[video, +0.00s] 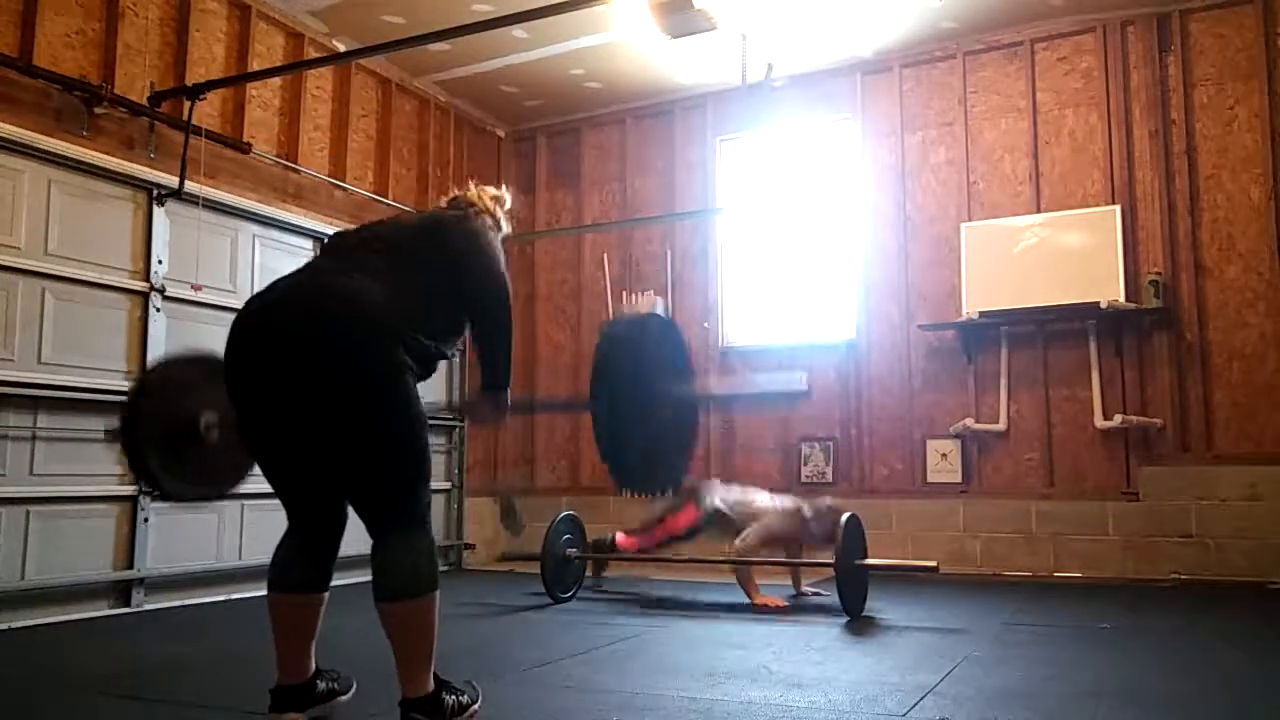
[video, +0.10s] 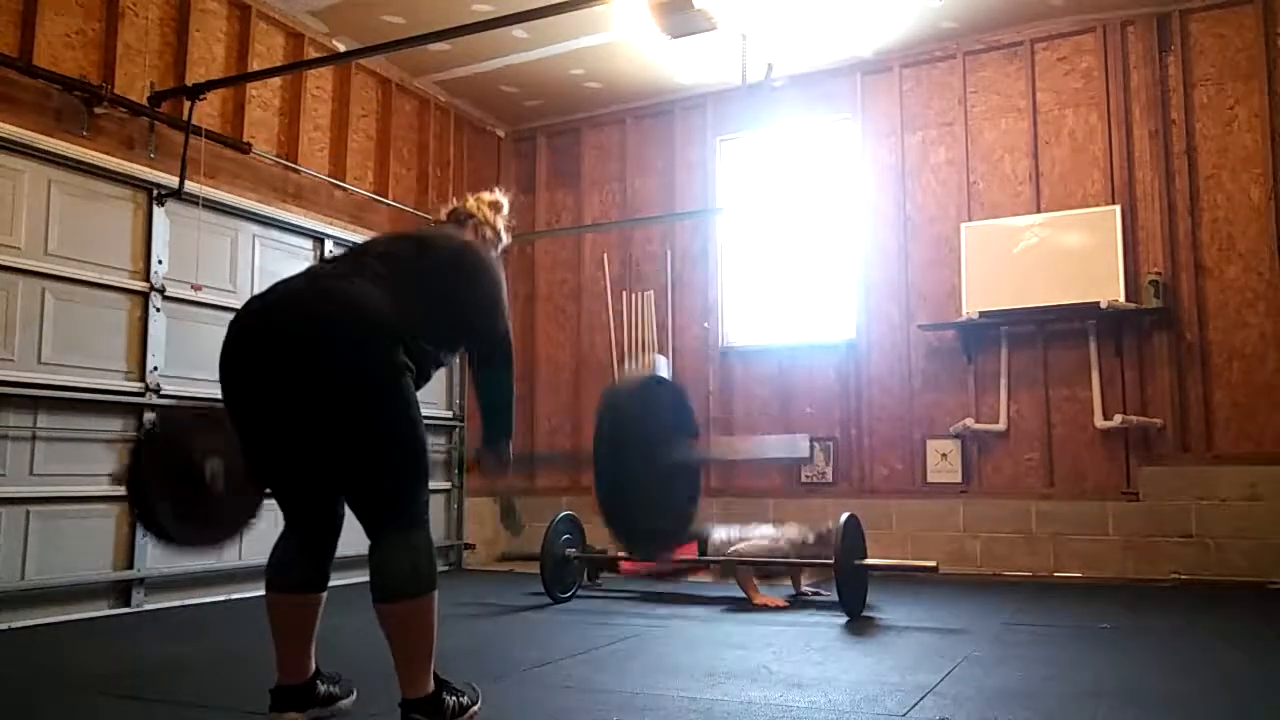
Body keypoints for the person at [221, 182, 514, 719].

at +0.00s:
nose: (498, 251)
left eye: (500, 242)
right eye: (498, 241)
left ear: (450, 210)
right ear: (487, 227)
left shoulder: (387, 231)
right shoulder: (472, 232)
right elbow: (492, 291)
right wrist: (495, 386)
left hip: (259, 344)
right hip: (353, 358)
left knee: (312, 519)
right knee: (401, 528)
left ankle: (294, 684)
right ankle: (420, 695)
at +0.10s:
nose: (493, 260)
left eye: (496, 252)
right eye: (493, 250)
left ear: (449, 221)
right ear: (478, 233)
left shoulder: (389, 247)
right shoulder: (472, 265)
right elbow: (494, 349)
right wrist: (497, 441)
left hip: (254, 346)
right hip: (351, 365)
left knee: (309, 518)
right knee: (399, 528)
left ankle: (294, 685)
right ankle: (420, 695)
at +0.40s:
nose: (497, 359)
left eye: (499, 351)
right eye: (497, 349)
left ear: (447, 326)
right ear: (485, 337)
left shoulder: (395, 343)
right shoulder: (477, 370)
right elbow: (494, 482)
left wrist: (333, 584)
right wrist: (500, 583)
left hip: (246, 401)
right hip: (354, 409)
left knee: (339, 520)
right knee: (433, 523)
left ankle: (299, 685)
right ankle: (427, 694)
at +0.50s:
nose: (501, 379)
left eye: (504, 371)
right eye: (502, 369)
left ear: (453, 339)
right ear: (489, 352)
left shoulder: (396, 351)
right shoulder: (480, 386)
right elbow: (496, 502)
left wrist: (331, 589)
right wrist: (502, 597)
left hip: (246, 408)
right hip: (358, 414)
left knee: (342, 520)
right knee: (437, 519)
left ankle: (299, 687)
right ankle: (427, 694)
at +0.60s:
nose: (506, 361)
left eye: (510, 352)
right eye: (508, 350)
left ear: (461, 324)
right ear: (498, 339)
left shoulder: (401, 341)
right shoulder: (480, 367)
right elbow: (491, 482)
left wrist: (340, 582)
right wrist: (495, 586)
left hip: (248, 396)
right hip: (353, 401)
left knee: (336, 522)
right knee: (430, 525)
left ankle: (299, 685)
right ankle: (426, 692)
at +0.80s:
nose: (505, 279)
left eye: (507, 268)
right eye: (506, 267)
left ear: (461, 242)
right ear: (497, 260)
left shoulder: (406, 268)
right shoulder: (475, 289)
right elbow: (466, 392)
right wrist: (451, 486)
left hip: (251, 358)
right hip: (340, 374)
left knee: (320, 518)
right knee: (405, 521)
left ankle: (297, 684)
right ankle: (422, 696)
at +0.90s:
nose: (512, 243)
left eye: (515, 233)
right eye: (515, 230)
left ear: (468, 202)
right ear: (500, 213)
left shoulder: (412, 231)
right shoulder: (480, 247)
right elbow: (449, 343)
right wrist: (431, 423)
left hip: (261, 344)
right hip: (345, 360)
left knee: (317, 510)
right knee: (403, 500)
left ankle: (297, 684)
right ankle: (389, 683)